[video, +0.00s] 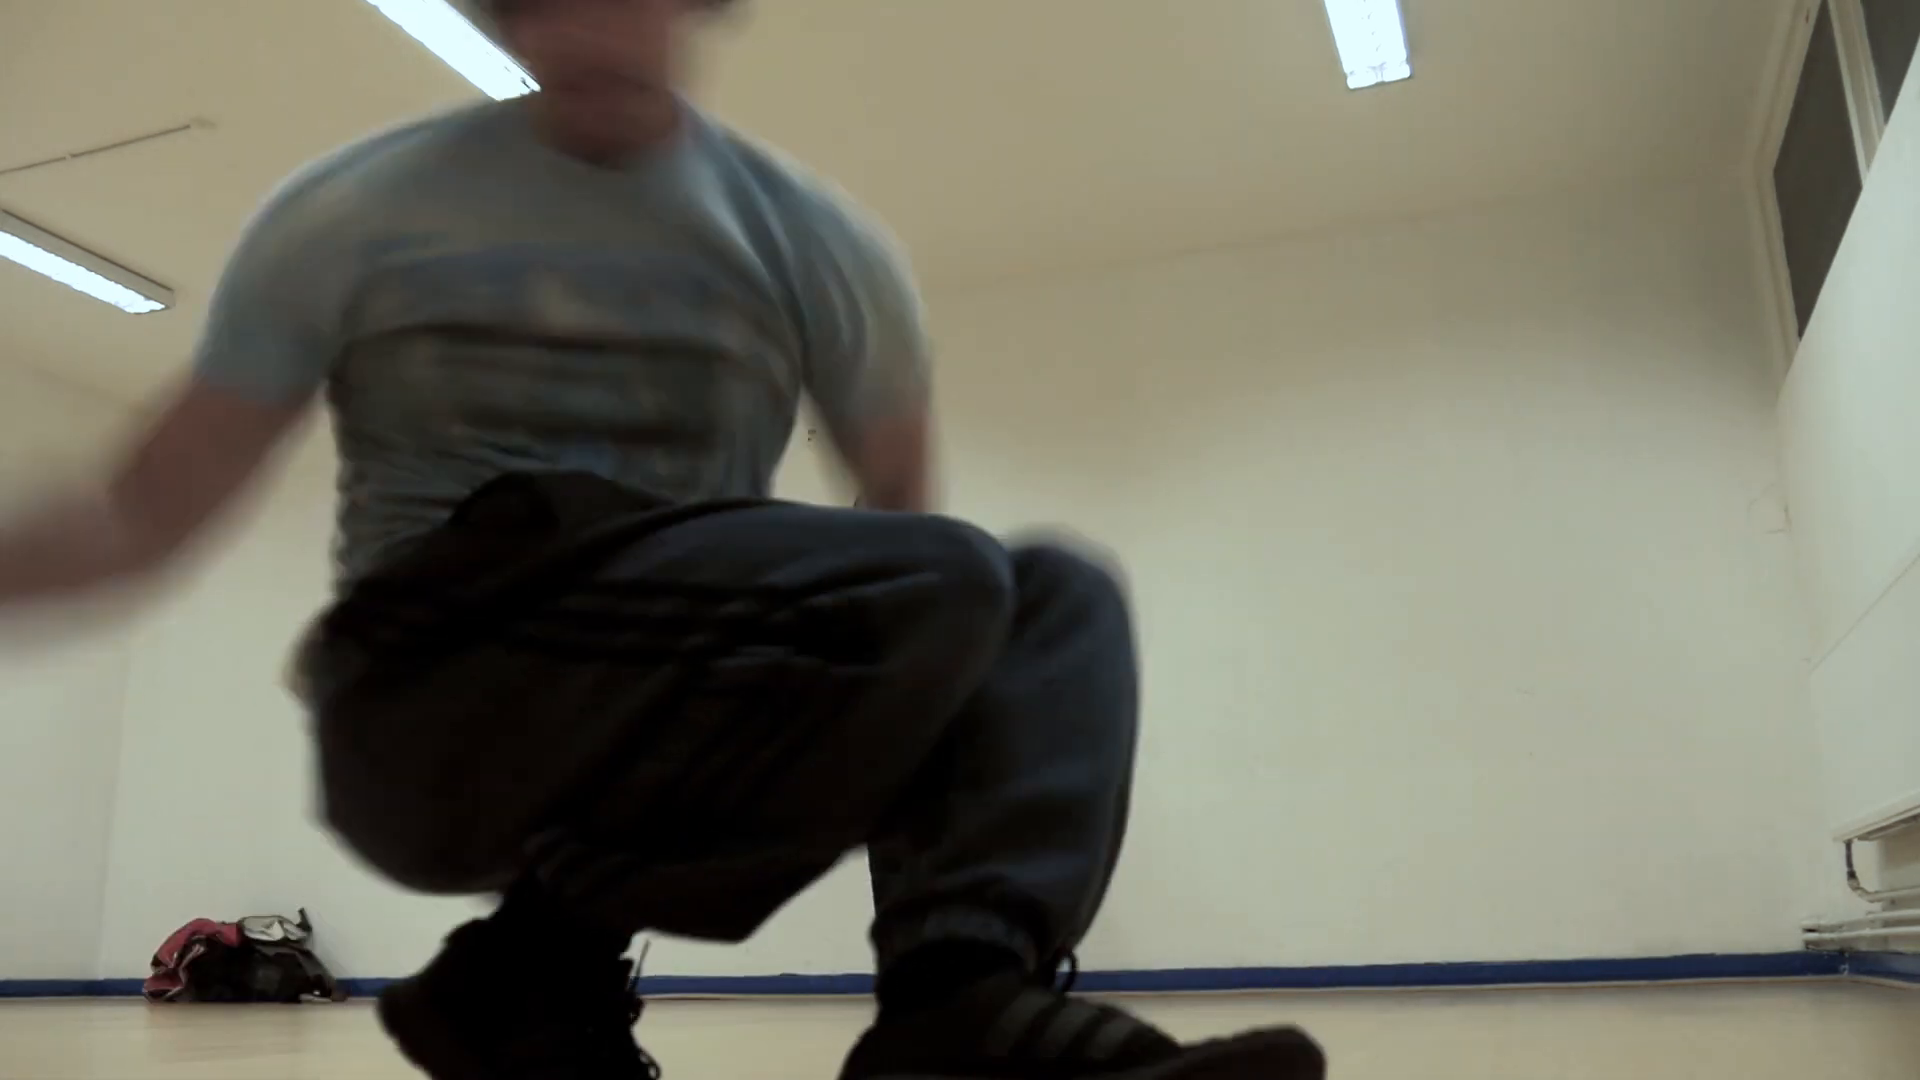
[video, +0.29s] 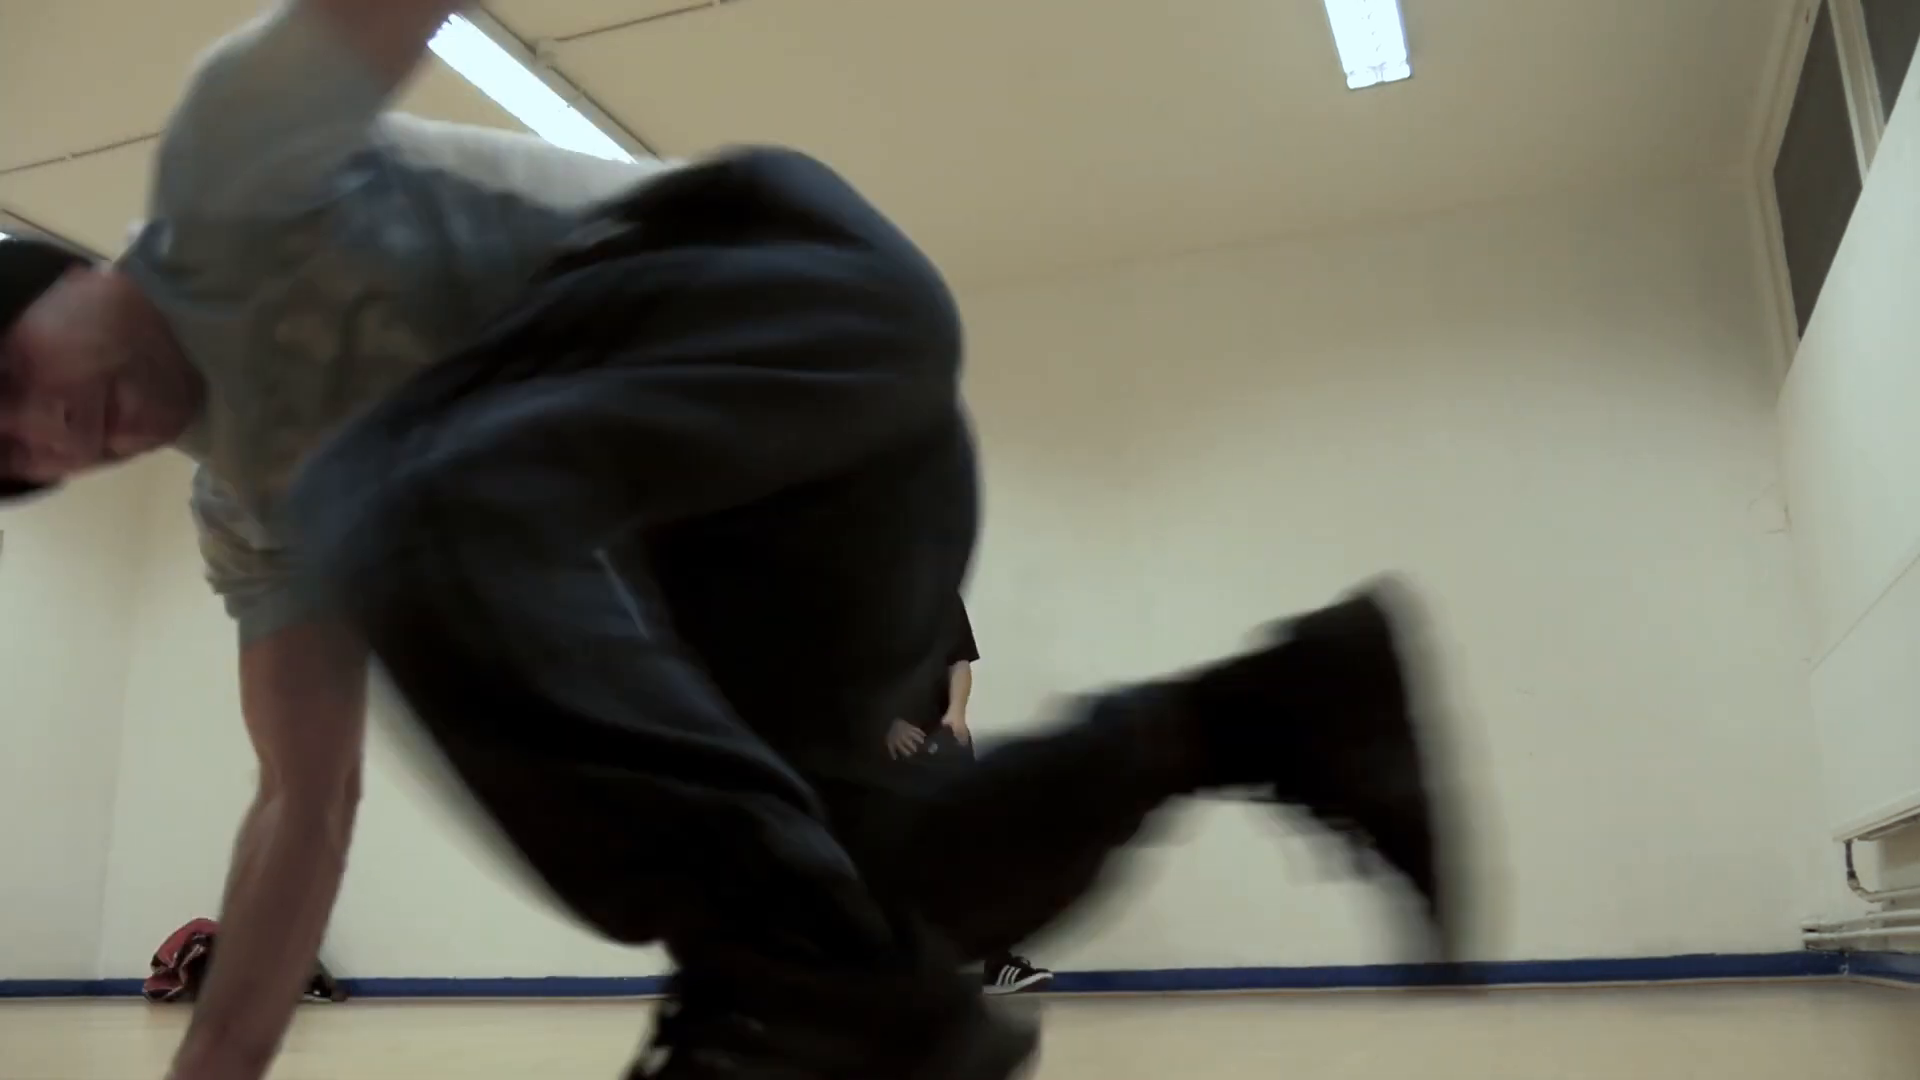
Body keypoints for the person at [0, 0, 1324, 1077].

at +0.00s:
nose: (625, 29)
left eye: (659, 1)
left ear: (705, 18)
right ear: (517, 17)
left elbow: (912, 549)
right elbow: (133, 514)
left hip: (673, 716)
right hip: (431, 708)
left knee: (1060, 596)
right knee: (929, 590)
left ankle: (964, 1001)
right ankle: (524, 978)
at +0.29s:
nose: (64, 437)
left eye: (22, 388)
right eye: (33, 459)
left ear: (51, 278)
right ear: (61, 477)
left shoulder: (229, 173)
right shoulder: (261, 527)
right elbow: (300, 812)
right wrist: (208, 1066)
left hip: (788, 294)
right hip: (833, 513)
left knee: (419, 518)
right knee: (796, 908)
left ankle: (841, 994)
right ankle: (1281, 709)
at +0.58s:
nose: (74, 390)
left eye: (44, 348)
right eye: (44, 401)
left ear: (65, 261)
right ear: (65, 404)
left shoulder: (198, 185)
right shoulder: (255, 504)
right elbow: (303, 814)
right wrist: (216, 1067)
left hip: (707, 347)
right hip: (818, 431)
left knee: (458, 782)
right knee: (1151, 742)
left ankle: (819, 943)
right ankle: (1791, 843)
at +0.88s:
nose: (336, 240)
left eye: (331, 196)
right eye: (281, 234)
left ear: (342, 181)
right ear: (193, 288)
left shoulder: (446, 228)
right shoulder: (241, 527)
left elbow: (609, 75)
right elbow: (331, 827)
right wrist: (222, 1053)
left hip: (800, 559)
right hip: (735, 771)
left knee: (1102, 452)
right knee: (1155, 944)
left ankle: (1591, 314)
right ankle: (1597, 1070)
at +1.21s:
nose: (997, 547)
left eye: (1006, 526)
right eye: (995, 514)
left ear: (910, 474)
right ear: (927, 473)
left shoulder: (850, 618)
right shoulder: (793, 536)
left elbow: (755, 816)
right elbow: (669, 696)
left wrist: (682, 1035)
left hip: (796, 971)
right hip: (769, 940)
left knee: (1160, 960)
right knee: (1150, 913)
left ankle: (1567, 1030)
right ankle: (1625, 1046)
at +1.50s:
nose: (694, 829)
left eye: (680, 808)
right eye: (680, 816)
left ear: (685, 761)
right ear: (752, 706)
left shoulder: (721, 723)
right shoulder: (871, 695)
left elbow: (701, 841)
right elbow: (1014, 808)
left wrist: (691, 1035)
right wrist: (1041, 1007)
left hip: (1000, 801)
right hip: (1077, 682)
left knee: (1258, 1021)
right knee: (1355, 777)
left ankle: (1559, 961)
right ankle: (1477, 818)